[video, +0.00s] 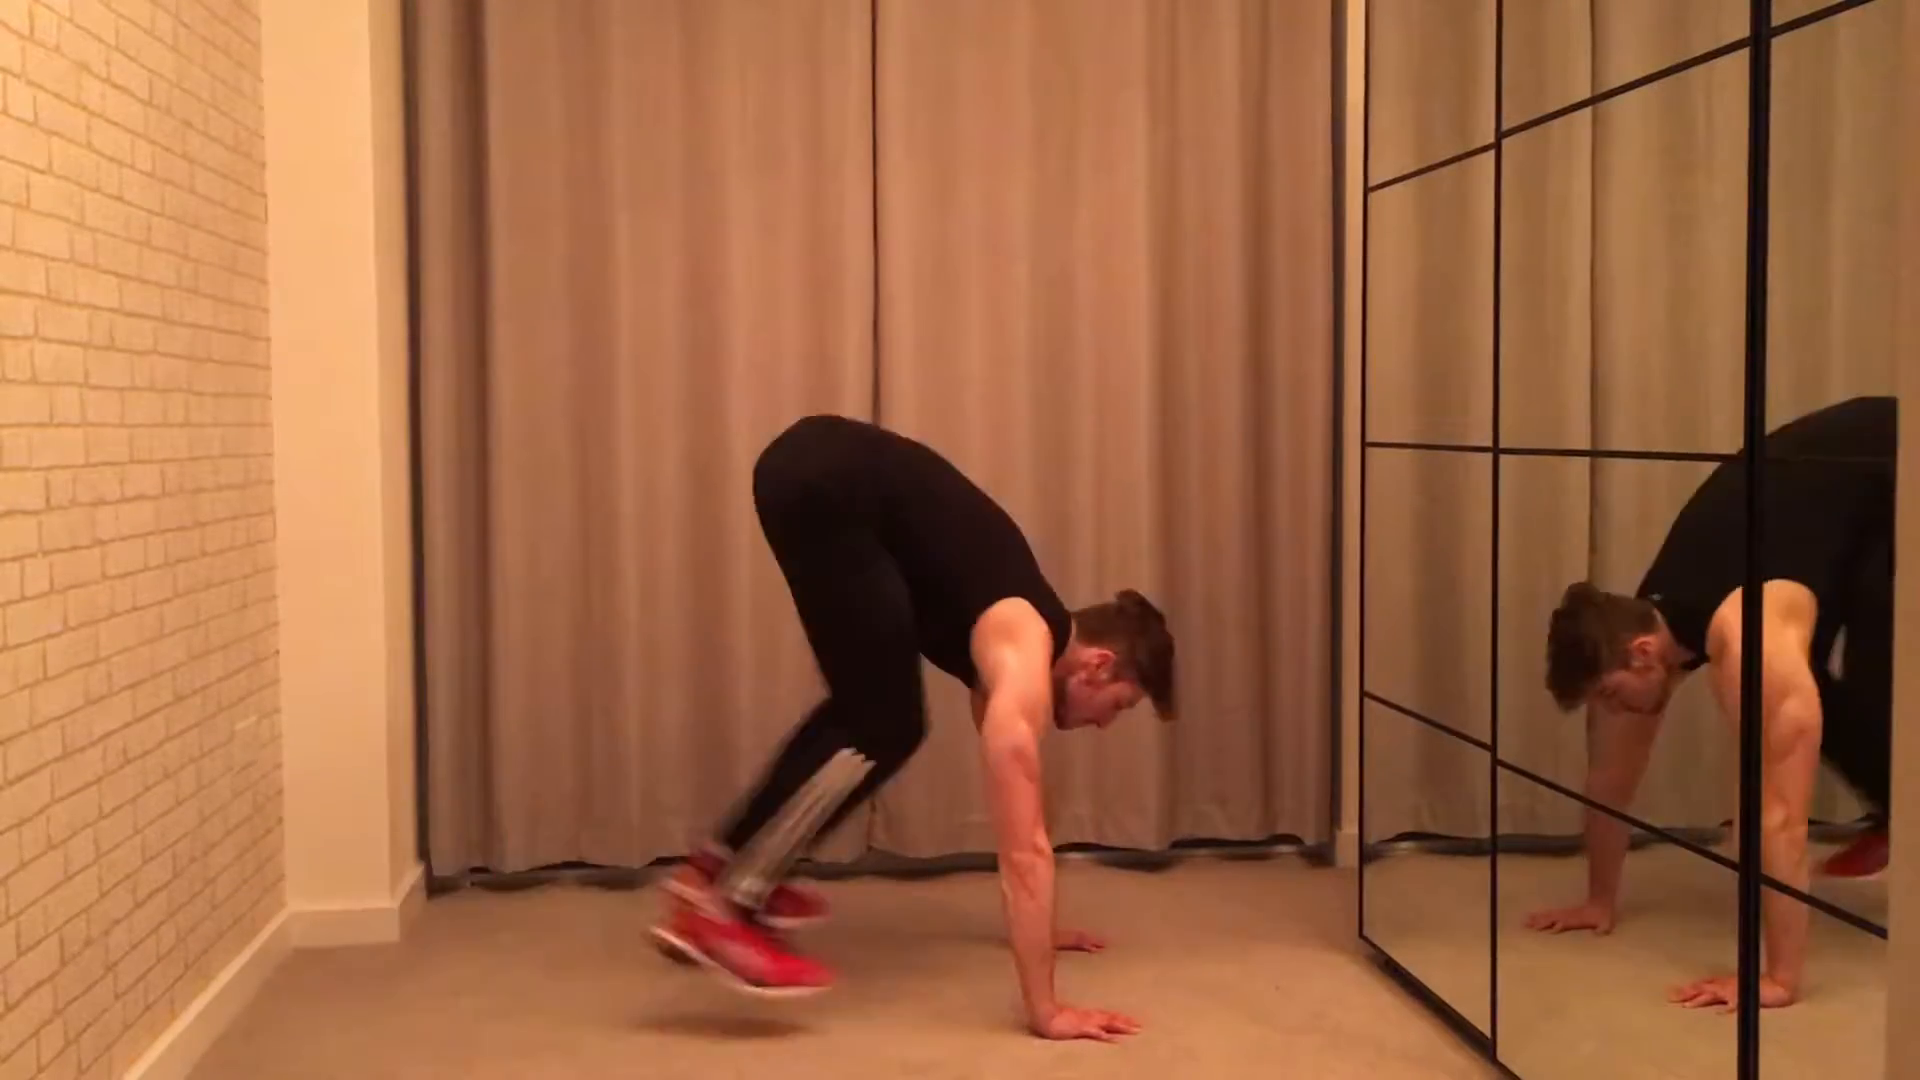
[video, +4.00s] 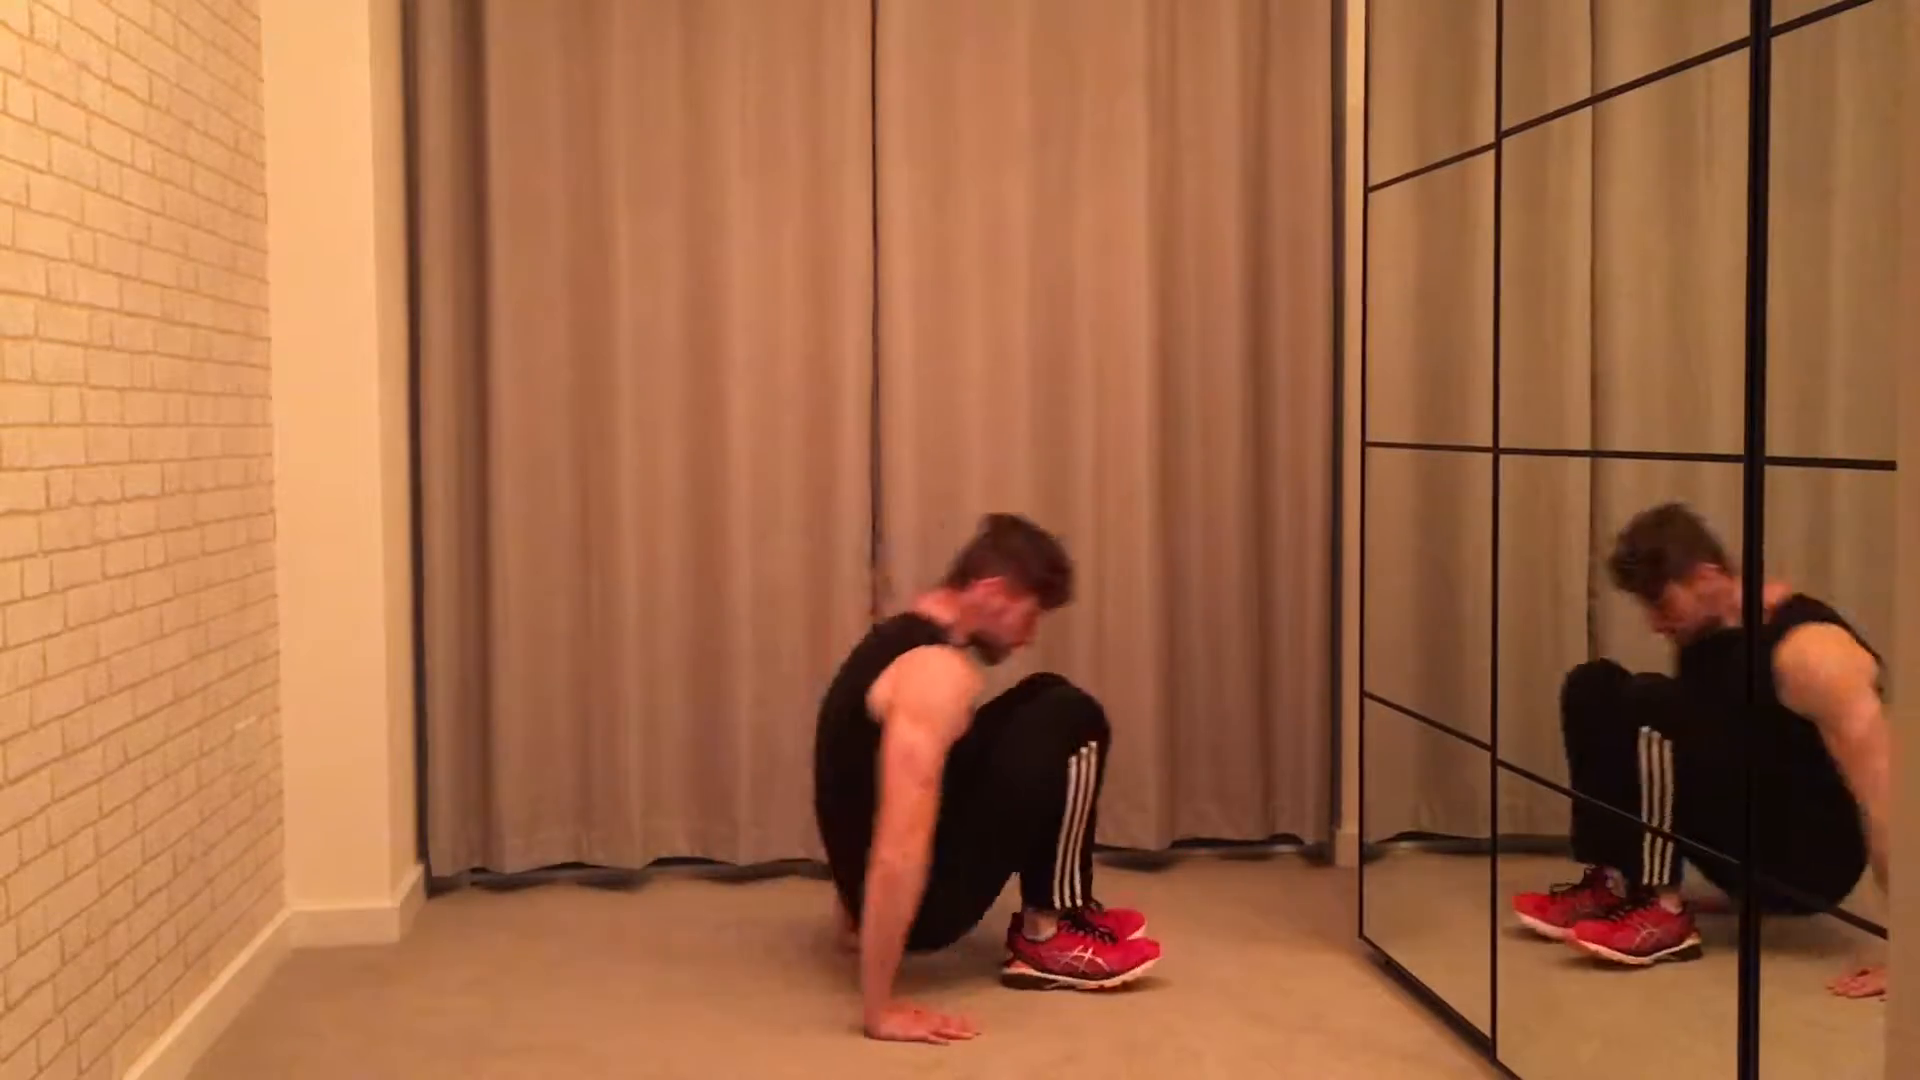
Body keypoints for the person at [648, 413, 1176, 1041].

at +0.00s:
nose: (1105, 722)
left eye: (1119, 712)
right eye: (1117, 705)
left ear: (1091, 655)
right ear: (1093, 664)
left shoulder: (1032, 640)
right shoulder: (1019, 661)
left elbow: (1019, 811)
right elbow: (1025, 852)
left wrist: (1037, 924)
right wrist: (1042, 1010)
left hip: (822, 473)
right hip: (815, 484)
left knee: (868, 706)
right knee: (887, 724)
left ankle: (727, 862)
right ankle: (720, 904)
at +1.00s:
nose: (1200, 351)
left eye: (1210, 335)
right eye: (1201, 329)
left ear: (1151, 301)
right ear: (1159, 300)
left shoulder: (1067, 357)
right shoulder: (1070, 379)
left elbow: (953, 494)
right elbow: (980, 523)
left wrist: (906, 626)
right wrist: (933, 673)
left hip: (905, 547)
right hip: (916, 560)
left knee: (1067, 716)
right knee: (1092, 718)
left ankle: (1039, 916)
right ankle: (1054, 951)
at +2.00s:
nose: (529, 855)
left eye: (506, 851)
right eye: (503, 865)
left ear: (505, 919)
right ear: (496, 924)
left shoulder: (586, 919)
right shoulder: (588, 963)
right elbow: (736, 1020)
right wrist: (896, 1032)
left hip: (827, 917)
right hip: (844, 942)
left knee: (750, 691)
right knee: (750, 696)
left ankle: (870, 516)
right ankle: (913, 555)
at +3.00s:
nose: (474, 899)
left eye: (456, 900)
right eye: (456, 919)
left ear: (478, 904)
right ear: (465, 973)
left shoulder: (570, 936)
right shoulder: (559, 979)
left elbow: (716, 917)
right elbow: (719, 1015)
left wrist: (849, 925)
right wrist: (884, 1029)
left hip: (661, 760)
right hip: (681, 751)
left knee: (561, 526)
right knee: (560, 527)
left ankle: (570, 293)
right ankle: (573, 289)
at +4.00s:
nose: (1030, 635)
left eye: (1038, 617)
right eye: (1031, 614)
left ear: (986, 588)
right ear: (990, 592)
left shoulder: (909, 636)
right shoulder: (936, 673)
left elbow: (861, 780)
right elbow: (898, 854)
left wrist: (856, 913)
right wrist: (879, 1011)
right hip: (915, 909)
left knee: (1045, 694)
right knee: (1069, 715)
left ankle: (1053, 910)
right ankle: (1046, 930)